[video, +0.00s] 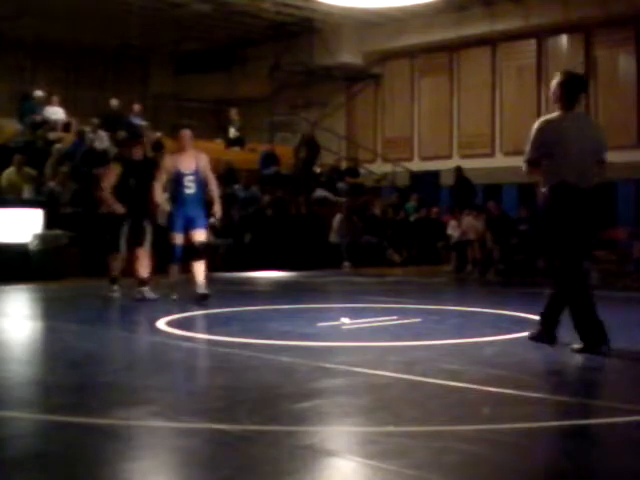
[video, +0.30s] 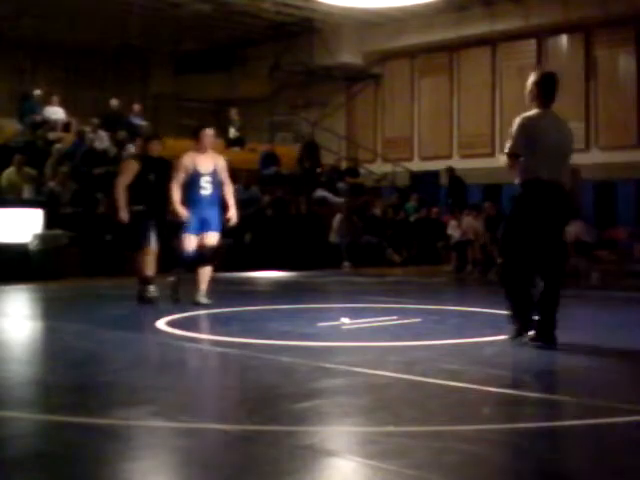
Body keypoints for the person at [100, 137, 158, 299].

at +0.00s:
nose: (137, 152)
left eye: (140, 148)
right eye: (134, 148)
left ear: (144, 149)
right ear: (127, 149)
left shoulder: (149, 165)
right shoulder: (120, 164)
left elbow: (155, 188)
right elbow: (106, 186)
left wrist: (158, 205)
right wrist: (114, 205)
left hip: (143, 211)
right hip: (123, 212)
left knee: (143, 248)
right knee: (119, 250)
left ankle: (144, 283)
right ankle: (114, 282)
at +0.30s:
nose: (157, 148)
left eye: (159, 145)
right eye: (153, 145)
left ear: (161, 147)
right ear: (146, 145)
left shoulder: (164, 164)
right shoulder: (136, 163)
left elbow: (171, 188)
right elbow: (121, 184)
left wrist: (174, 207)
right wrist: (123, 208)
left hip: (160, 211)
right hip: (141, 211)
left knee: (150, 248)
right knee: (150, 247)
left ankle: (145, 284)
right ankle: (148, 285)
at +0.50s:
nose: (164, 150)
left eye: (166, 146)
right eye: (160, 146)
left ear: (169, 149)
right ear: (154, 147)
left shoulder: (170, 166)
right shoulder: (146, 165)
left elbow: (177, 190)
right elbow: (134, 188)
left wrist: (181, 208)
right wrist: (134, 214)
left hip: (166, 213)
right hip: (151, 213)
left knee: (156, 250)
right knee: (161, 249)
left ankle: (147, 285)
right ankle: (162, 285)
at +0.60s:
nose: (168, 150)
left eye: (171, 145)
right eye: (165, 145)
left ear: (174, 147)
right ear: (158, 147)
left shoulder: (174, 165)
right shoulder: (152, 165)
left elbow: (180, 190)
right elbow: (144, 190)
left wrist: (186, 208)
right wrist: (144, 214)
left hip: (172, 212)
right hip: (158, 213)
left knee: (166, 249)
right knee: (165, 249)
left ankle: (155, 281)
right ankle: (164, 286)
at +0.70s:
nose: (177, 147)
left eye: (179, 143)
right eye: (174, 143)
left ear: (182, 145)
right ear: (166, 145)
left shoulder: (186, 163)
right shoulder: (160, 162)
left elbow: (192, 188)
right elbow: (154, 186)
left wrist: (196, 208)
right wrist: (158, 208)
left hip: (185, 211)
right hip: (168, 212)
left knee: (180, 249)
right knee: (168, 250)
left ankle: (172, 282)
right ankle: (166, 286)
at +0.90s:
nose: (200, 144)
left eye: (200, 140)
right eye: (196, 140)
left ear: (201, 143)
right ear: (187, 142)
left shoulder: (204, 163)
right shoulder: (178, 160)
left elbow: (211, 185)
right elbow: (168, 182)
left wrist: (217, 204)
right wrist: (187, 200)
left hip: (200, 212)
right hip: (178, 212)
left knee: (204, 248)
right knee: (174, 250)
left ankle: (211, 284)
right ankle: (169, 286)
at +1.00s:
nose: (209, 146)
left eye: (211, 142)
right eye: (205, 142)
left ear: (214, 145)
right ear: (197, 145)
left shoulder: (216, 165)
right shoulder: (188, 163)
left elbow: (222, 187)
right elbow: (177, 185)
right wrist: (195, 204)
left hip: (211, 215)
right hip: (187, 215)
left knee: (215, 253)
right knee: (179, 252)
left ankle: (222, 293)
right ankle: (170, 291)